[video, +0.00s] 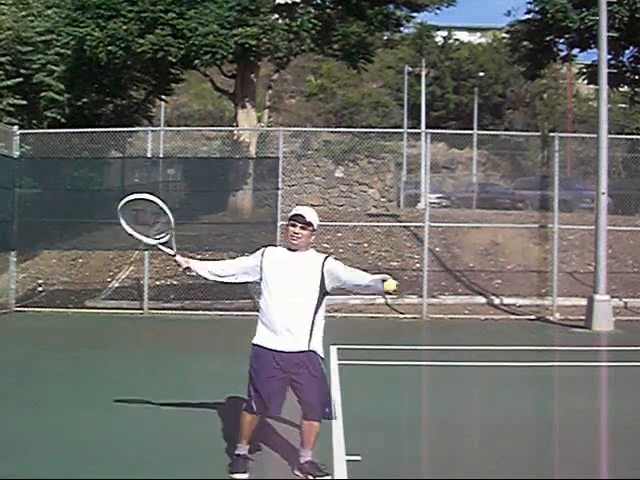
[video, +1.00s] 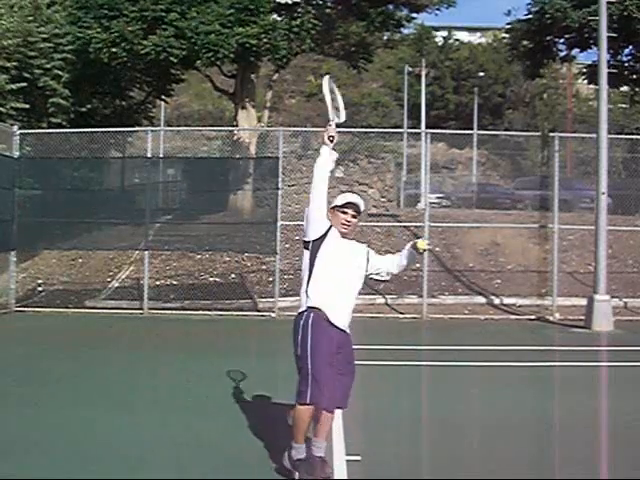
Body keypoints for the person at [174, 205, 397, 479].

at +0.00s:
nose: (295, 230)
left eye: (302, 227)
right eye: (292, 224)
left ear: (312, 234)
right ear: (285, 228)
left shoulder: (323, 263)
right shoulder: (268, 256)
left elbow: (353, 278)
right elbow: (230, 268)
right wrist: (194, 265)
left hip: (305, 351)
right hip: (267, 347)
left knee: (314, 406)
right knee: (256, 403)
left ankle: (306, 459)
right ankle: (241, 453)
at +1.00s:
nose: (349, 218)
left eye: (355, 214)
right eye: (344, 210)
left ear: (359, 220)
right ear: (330, 212)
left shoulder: (363, 253)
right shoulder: (320, 236)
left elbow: (389, 265)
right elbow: (317, 195)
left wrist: (412, 250)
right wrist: (326, 150)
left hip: (340, 328)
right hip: (315, 319)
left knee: (332, 397)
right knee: (311, 392)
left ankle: (317, 456)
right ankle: (294, 454)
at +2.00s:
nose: (348, 232)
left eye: (355, 228)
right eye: (344, 226)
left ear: (362, 234)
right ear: (335, 227)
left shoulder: (365, 262)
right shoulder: (315, 250)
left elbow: (373, 296)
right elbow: (280, 269)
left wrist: (369, 318)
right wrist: (294, 290)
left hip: (344, 338)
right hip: (316, 335)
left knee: (338, 396)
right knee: (319, 396)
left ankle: (321, 452)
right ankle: (306, 458)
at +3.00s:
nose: (320, 221)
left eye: (326, 217)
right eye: (315, 215)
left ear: (333, 222)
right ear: (306, 216)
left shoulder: (339, 251)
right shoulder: (292, 237)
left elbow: (348, 285)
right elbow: (278, 198)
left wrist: (347, 303)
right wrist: (277, 157)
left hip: (324, 329)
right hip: (294, 324)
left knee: (320, 396)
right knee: (291, 393)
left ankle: (308, 454)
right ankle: (284, 455)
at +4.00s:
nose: (316, 226)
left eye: (323, 224)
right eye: (313, 221)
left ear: (331, 231)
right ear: (304, 224)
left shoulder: (336, 257)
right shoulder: (289, 245)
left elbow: (363, 277)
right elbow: (254, 246)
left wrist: (355, 251)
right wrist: (269, 218)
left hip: (319, 337)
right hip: (289, 332)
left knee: (311, 398)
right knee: (288, 395)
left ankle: (301, 457)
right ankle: (283, 459)